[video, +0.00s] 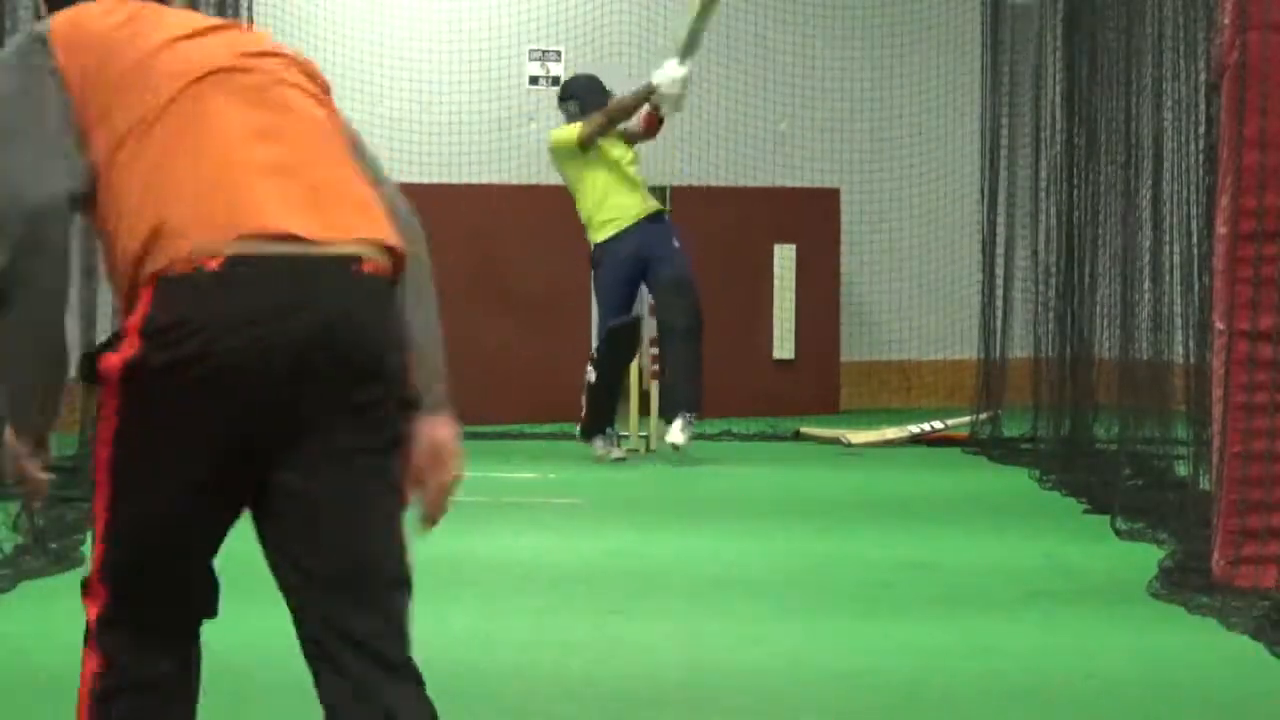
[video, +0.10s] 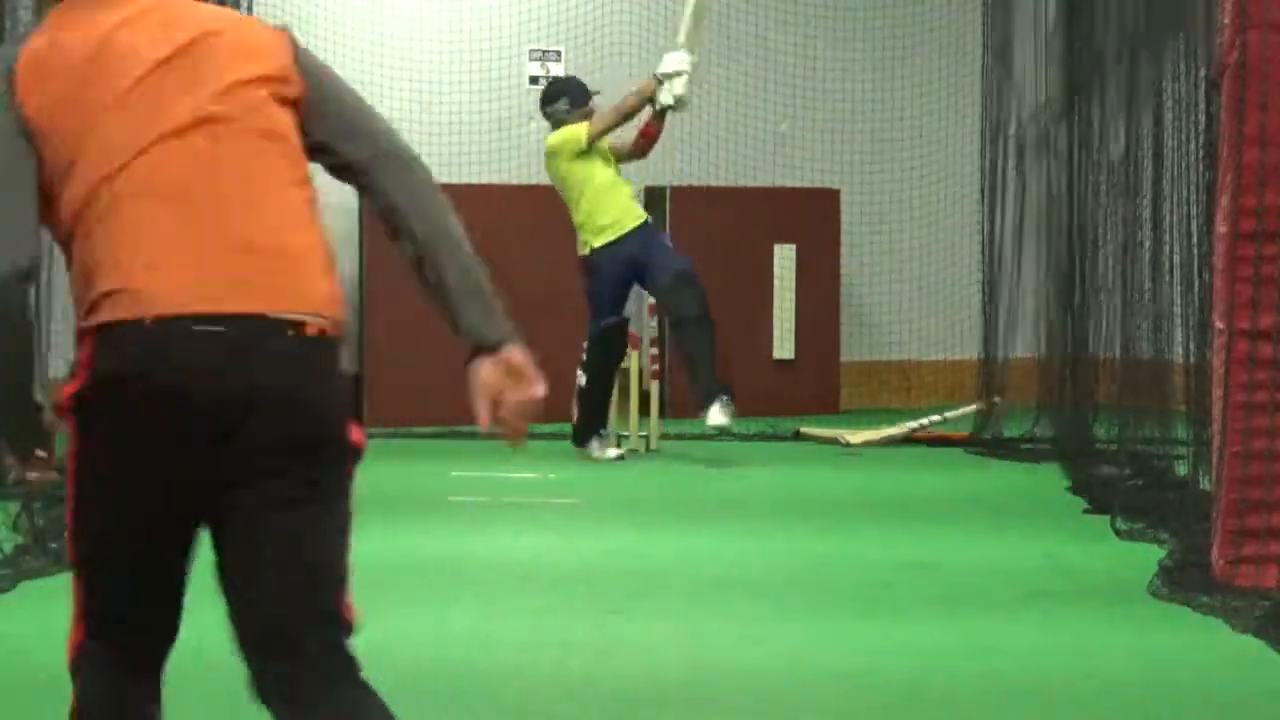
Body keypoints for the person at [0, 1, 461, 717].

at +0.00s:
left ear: (58, 13)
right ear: (178, 4)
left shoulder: (50, 43)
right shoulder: (267, 50)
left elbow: (36, 206)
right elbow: (400, 221)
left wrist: (26, 416)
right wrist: (434, 400)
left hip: (205, 299)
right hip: (360, 295)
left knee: (145, 612)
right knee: (365, 639)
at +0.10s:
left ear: (61, 6)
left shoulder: (35, 65)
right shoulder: (261, 39)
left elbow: (15, 263)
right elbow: (393, 164)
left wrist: (21, 430)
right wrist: (489, 335)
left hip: (143, 363)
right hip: (297, 359)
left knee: (118, 661)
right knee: (308, 662)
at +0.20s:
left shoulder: (24, 33)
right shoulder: (254, 10)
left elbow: (8, 242)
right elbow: (379, 106)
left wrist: (41, 373)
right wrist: (472, 272)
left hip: (109, 333)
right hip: (255, 326)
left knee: (101, 625)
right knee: (255, 616)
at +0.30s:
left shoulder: (26, 10)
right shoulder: (265, 2)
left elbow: (7, 134)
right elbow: (355, 58)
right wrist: (393, 227)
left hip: (90, 263)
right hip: (237, 259)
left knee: (95, 584)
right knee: (223, 563)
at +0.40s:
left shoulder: (36, 3)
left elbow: (1, 99)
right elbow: (332, 64)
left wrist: (39, 208)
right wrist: (319, 237)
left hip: (85, 253)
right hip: (223, 256)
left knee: (71, 551)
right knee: (192, 560)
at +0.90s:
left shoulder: (27, 10)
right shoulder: (237, 12)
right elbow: (309, 144)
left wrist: (28, 189)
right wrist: (216, 194)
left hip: (60, 309)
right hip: (186, 316)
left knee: (71, 553)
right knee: (184, 543)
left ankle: (86, 708)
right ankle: (185, 703)